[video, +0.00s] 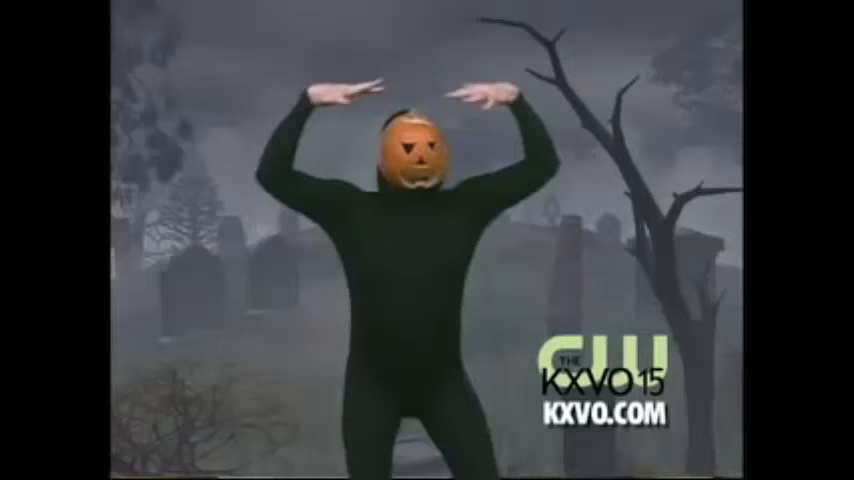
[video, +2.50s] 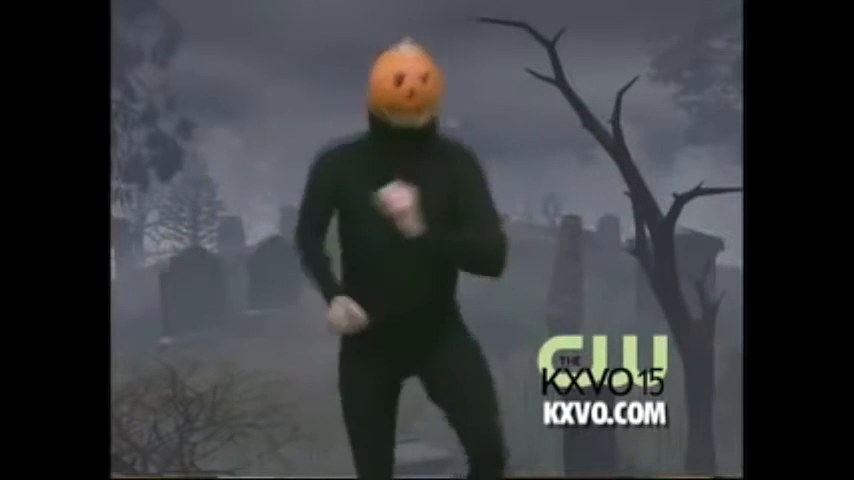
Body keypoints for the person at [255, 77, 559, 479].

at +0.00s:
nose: (420, 153)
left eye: (430, 146)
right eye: (406, 146)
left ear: (445, 159)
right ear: (382, 160)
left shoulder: (467, 206)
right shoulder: (348, 208)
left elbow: (542, 163)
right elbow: (273, 174)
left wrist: (517, 101)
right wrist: (306, 101)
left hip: (444, 382)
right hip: (372, 385)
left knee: (481, 472)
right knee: (367, 473)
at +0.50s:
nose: (418, 157)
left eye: (429, 148)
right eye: (403, 148)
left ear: (445, 161)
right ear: (380, 163)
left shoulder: (468, 212)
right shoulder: (345, 215)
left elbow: (551, 195)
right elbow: (260, 206)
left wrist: (556, 126)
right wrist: (262, 129)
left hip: (443, 384)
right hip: (371, 388)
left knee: (482, 472)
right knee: (367, 474)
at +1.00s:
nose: (411, 157)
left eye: (422, 148)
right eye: (397, 149)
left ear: (439, 161)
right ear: (375, 163)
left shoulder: (463, 220)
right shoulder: (344, 226)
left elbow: (543, 241)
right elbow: (266, 271)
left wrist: (603, 184)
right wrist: (206, 216)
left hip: (438, 386)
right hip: (365, 388)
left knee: (472, 473)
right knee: (364, 476)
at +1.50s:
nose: (394, 158)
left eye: (405, 148)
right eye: (381, 151)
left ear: (422, 161)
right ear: (362, 164)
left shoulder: (446, 223)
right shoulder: (333, 235)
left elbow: (508, 277)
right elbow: (291, 315)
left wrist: (581, 282)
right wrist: (227, 364)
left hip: (432, 387)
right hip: (361, 392)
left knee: (462, 472)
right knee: (360, 475)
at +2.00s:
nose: (395, 94)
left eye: (405, 84)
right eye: (379, 86)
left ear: (419, 97)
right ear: (356, 110)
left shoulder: (432, 160)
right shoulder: (346, 179)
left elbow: (432, 253)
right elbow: (413, 263)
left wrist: (453, 169)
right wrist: (449, 180)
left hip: (428, 320)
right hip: (366, 331)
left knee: (458, 415)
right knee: (376, 454)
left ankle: (446, 474)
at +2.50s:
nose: (410, 87)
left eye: (421, 77)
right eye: (397, 77)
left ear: (437, 91)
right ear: (375, 92)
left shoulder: (456, 162)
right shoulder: (338, 164)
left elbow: (491, 258)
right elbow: (308, 237)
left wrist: (422, 227)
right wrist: (332, 294)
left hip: (440, 332)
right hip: (368, 339)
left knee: (489, 454)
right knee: (373, 470)